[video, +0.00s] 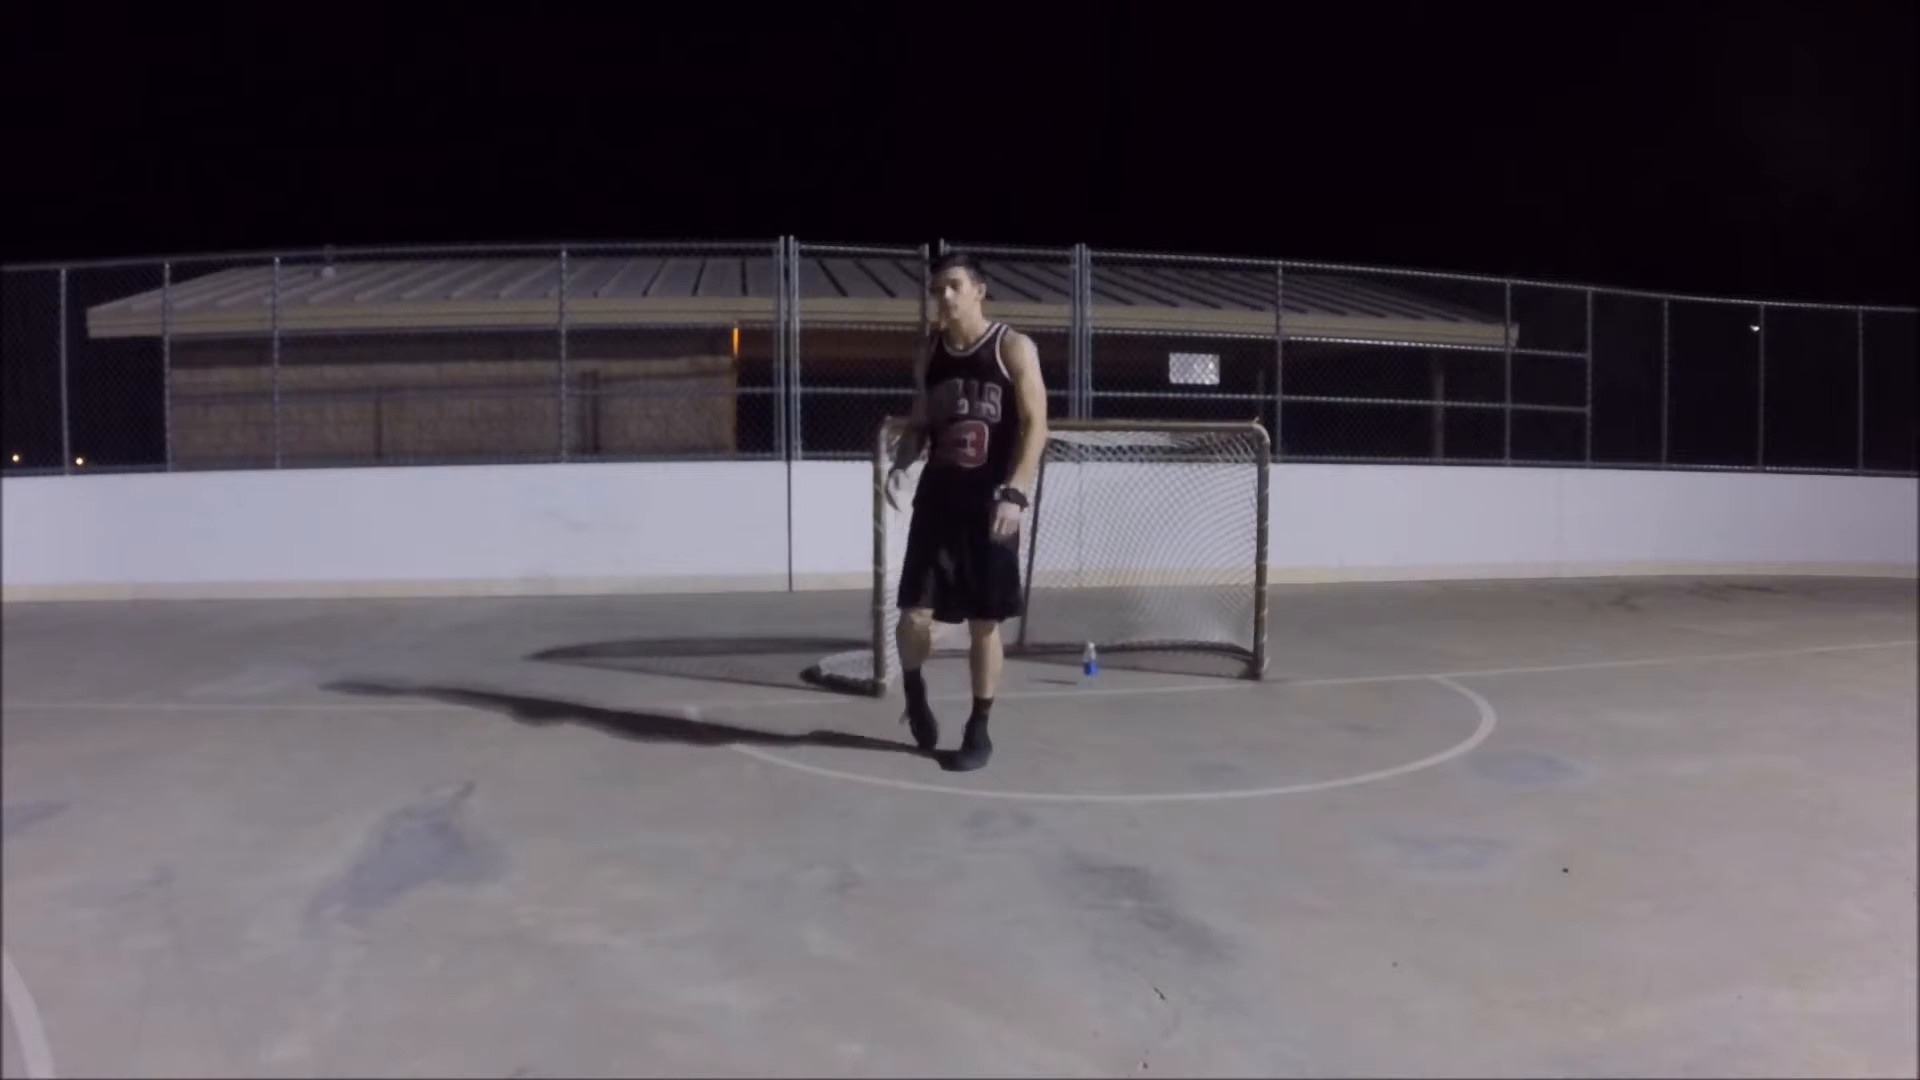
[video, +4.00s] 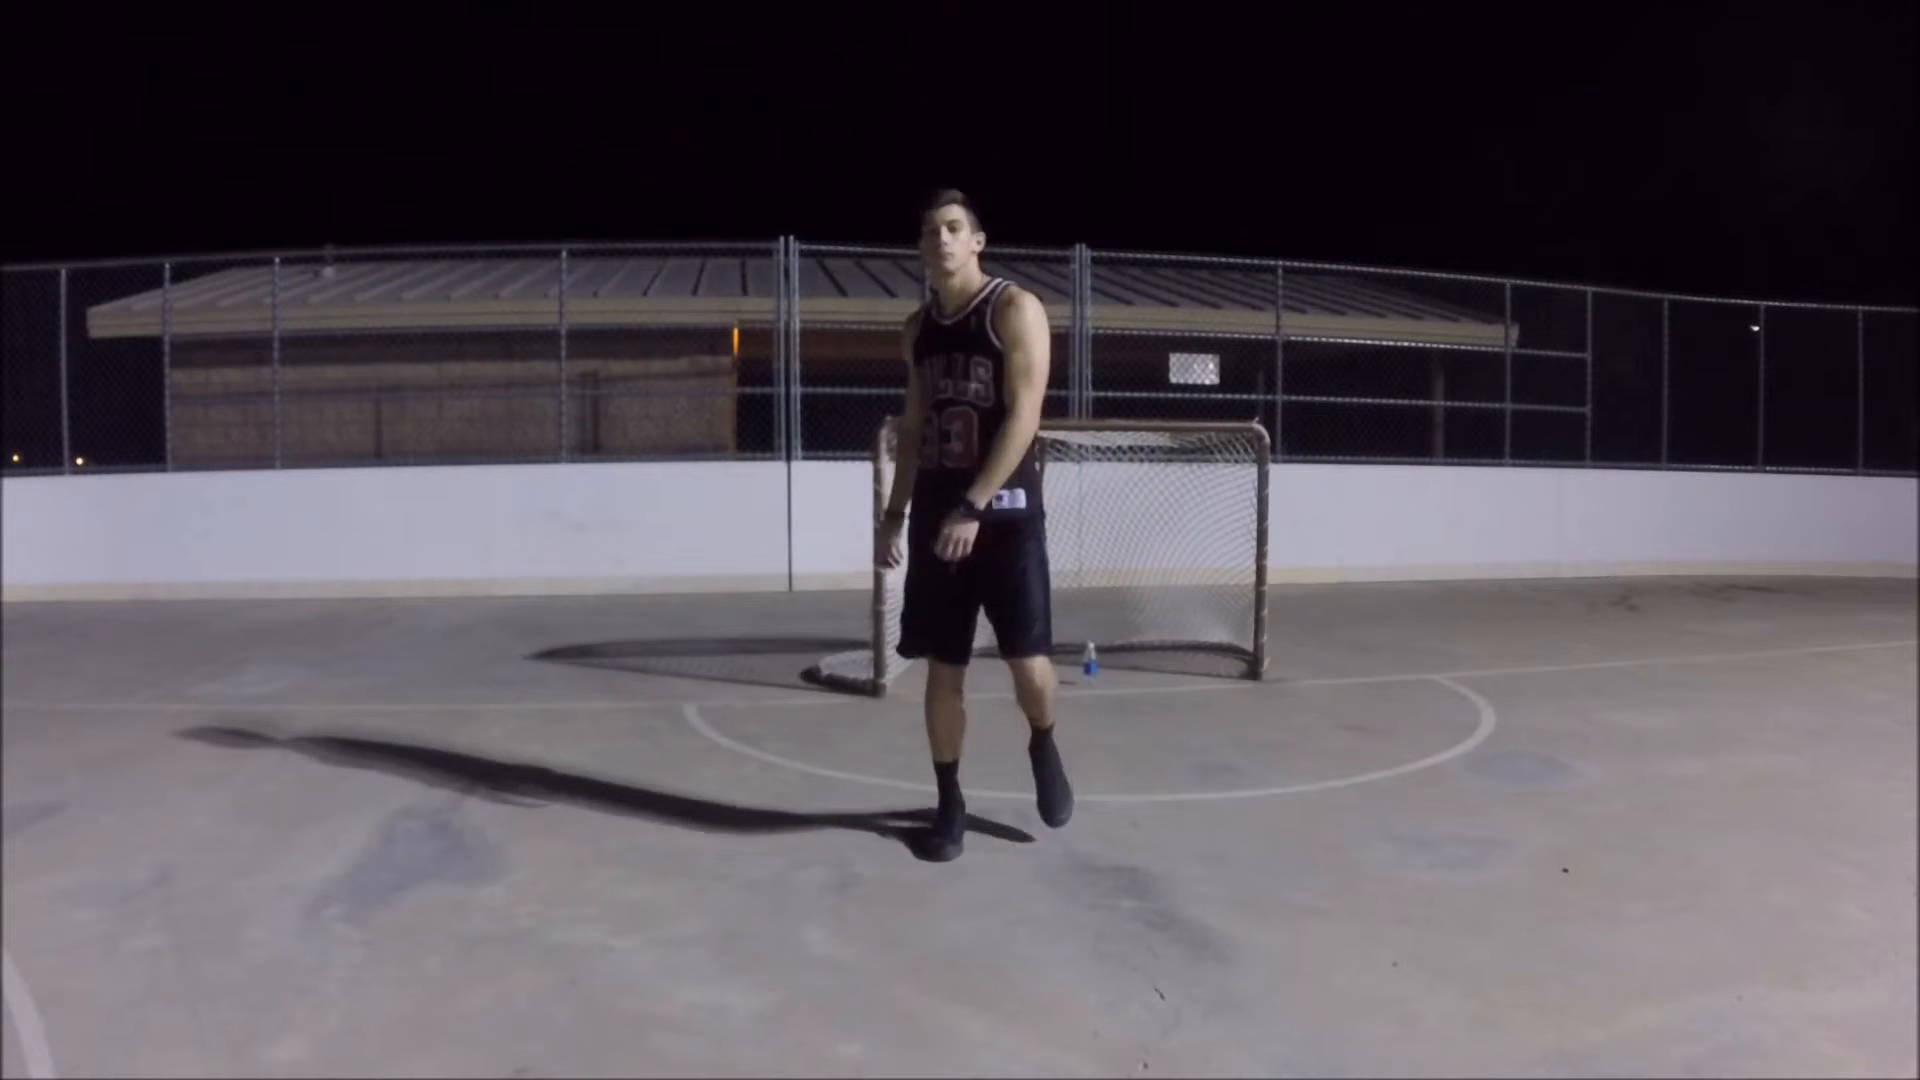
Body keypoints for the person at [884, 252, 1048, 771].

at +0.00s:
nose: (943, 296)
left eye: (953, 286)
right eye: (937, 289)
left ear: (979, 291)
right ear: (931, 298)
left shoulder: (1013, 347)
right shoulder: (930, 351)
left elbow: (1036, 424)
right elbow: (923, 423)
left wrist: (1016, 492)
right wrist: (900, 451)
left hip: (991, 499)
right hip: (938, 496)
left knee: (984, 621)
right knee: (914, 618)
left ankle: (977, 730)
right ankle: (914, 688)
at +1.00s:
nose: (983, 266)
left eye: (984, 256)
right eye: (971, 256)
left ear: (980, 264)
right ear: (936, 262)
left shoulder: (993, 327)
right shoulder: (901, 326)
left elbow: (1009, 415)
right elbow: (878, 414)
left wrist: (1028, 484)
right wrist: (898, 478)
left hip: (1001, 511)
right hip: (935, 517)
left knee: (1037, 647)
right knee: (938, 651)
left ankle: (1081, 782)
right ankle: (948, 784)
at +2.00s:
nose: (1067, 241)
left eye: (1067, 231)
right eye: (1054, 232)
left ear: (1064, 243)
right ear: (1014, 243)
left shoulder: (1103, 315)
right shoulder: (976, 326)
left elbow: (1139, 408)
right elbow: (956, 423)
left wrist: (1155, 495)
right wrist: (944, 508)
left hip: (1088, 522)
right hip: (1011, 524)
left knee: (1076, 668)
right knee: (989, 662)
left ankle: (1065, 818)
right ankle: (960, 764)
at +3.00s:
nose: (1052, 230)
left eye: (1059, 219)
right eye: (1037, 225)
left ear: (1081, 232)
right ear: (1021, 247)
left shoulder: (1124, 320)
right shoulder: (999, 316)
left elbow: (1152, 423)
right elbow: (970, 423)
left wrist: (1167, 521)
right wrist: (968, 515)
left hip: (1093, 524)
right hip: (1016, 522)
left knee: (1079, 673)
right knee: (994, 674)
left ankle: (1064, 820)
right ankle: (955, 799)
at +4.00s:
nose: (940, 240)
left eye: (952, 229)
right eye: (930, 232)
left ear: (978, 241)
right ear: (919, 248)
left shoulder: (1018, 310)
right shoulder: (919, 325)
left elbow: (1024, 419)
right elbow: (914, 426)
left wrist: (971, 506)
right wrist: (893, 514)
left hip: (1007, 509)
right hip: (938, 508)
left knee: (1029, 664)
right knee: (944, 666)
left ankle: (1043, 746)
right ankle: (949, 806)